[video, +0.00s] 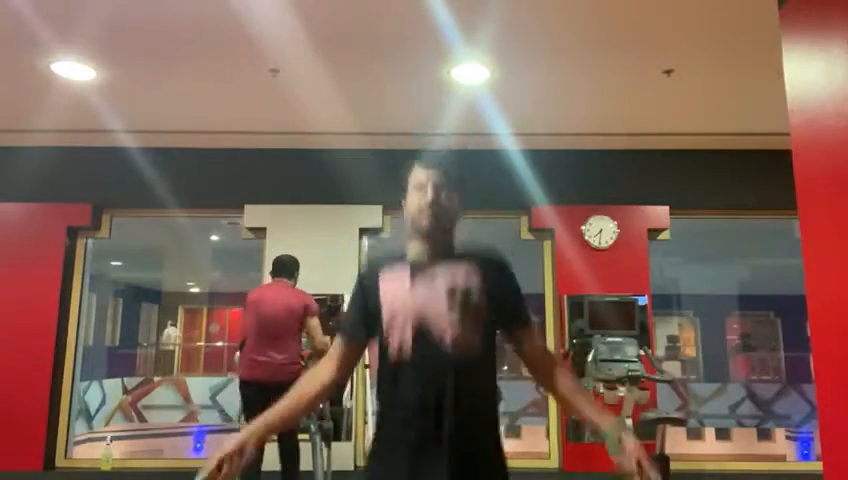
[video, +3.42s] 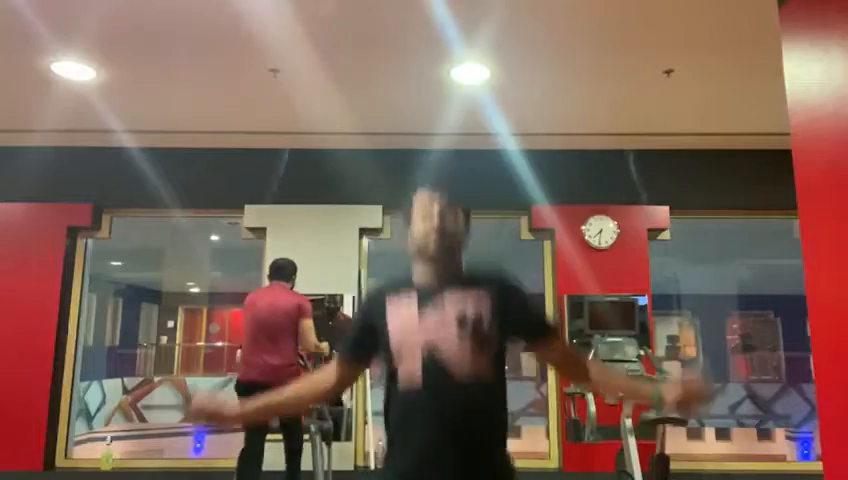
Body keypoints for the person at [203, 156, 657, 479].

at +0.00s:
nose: (431, 198)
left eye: (442, 188)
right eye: (420, 188)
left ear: (460, 205)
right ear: (402, 205)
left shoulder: (488, 271)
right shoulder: (377, 277)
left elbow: (541, 362)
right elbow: (329, 371)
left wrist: (612, 430)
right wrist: (251, 434)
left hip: (475, 459)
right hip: (396, 459)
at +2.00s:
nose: (431, 239)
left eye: (443, 227)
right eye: (420, 227)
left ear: (463, 236)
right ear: (405, 235)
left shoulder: (490, 307)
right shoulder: (379, 312)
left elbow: (550, 384)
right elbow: (323, 389)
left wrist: (629, 435)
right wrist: (239, 431)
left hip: (472, 469)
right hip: (398, 468)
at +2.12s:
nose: (433, 174)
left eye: (443, 167)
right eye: (421, 167)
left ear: (459, 184)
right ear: (405, 185)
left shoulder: (487, 244)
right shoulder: (379, 252)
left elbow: (532, 327)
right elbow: (342, 340)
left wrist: (592, 370)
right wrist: (268, 394)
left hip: (477, 429)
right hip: (400, 431)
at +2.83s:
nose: (428, 190)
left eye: (439, 180)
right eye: (419, 181)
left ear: (456, 194)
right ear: (403, 194)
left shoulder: (491, 258)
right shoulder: (379, 265)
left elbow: (561, 340)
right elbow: (342, 351)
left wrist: (644, 371)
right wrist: (259, 386)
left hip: (478, 446)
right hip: (400, 447)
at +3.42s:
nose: (431, 225)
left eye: (442, 215)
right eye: (421, 215)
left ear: (464, 226)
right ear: (407, 228)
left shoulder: (499, 296)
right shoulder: (381, 304)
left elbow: (574, 366)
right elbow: (329, 381)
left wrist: (657, 394)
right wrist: (241, 411)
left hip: (482, 467)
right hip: (404, 467)